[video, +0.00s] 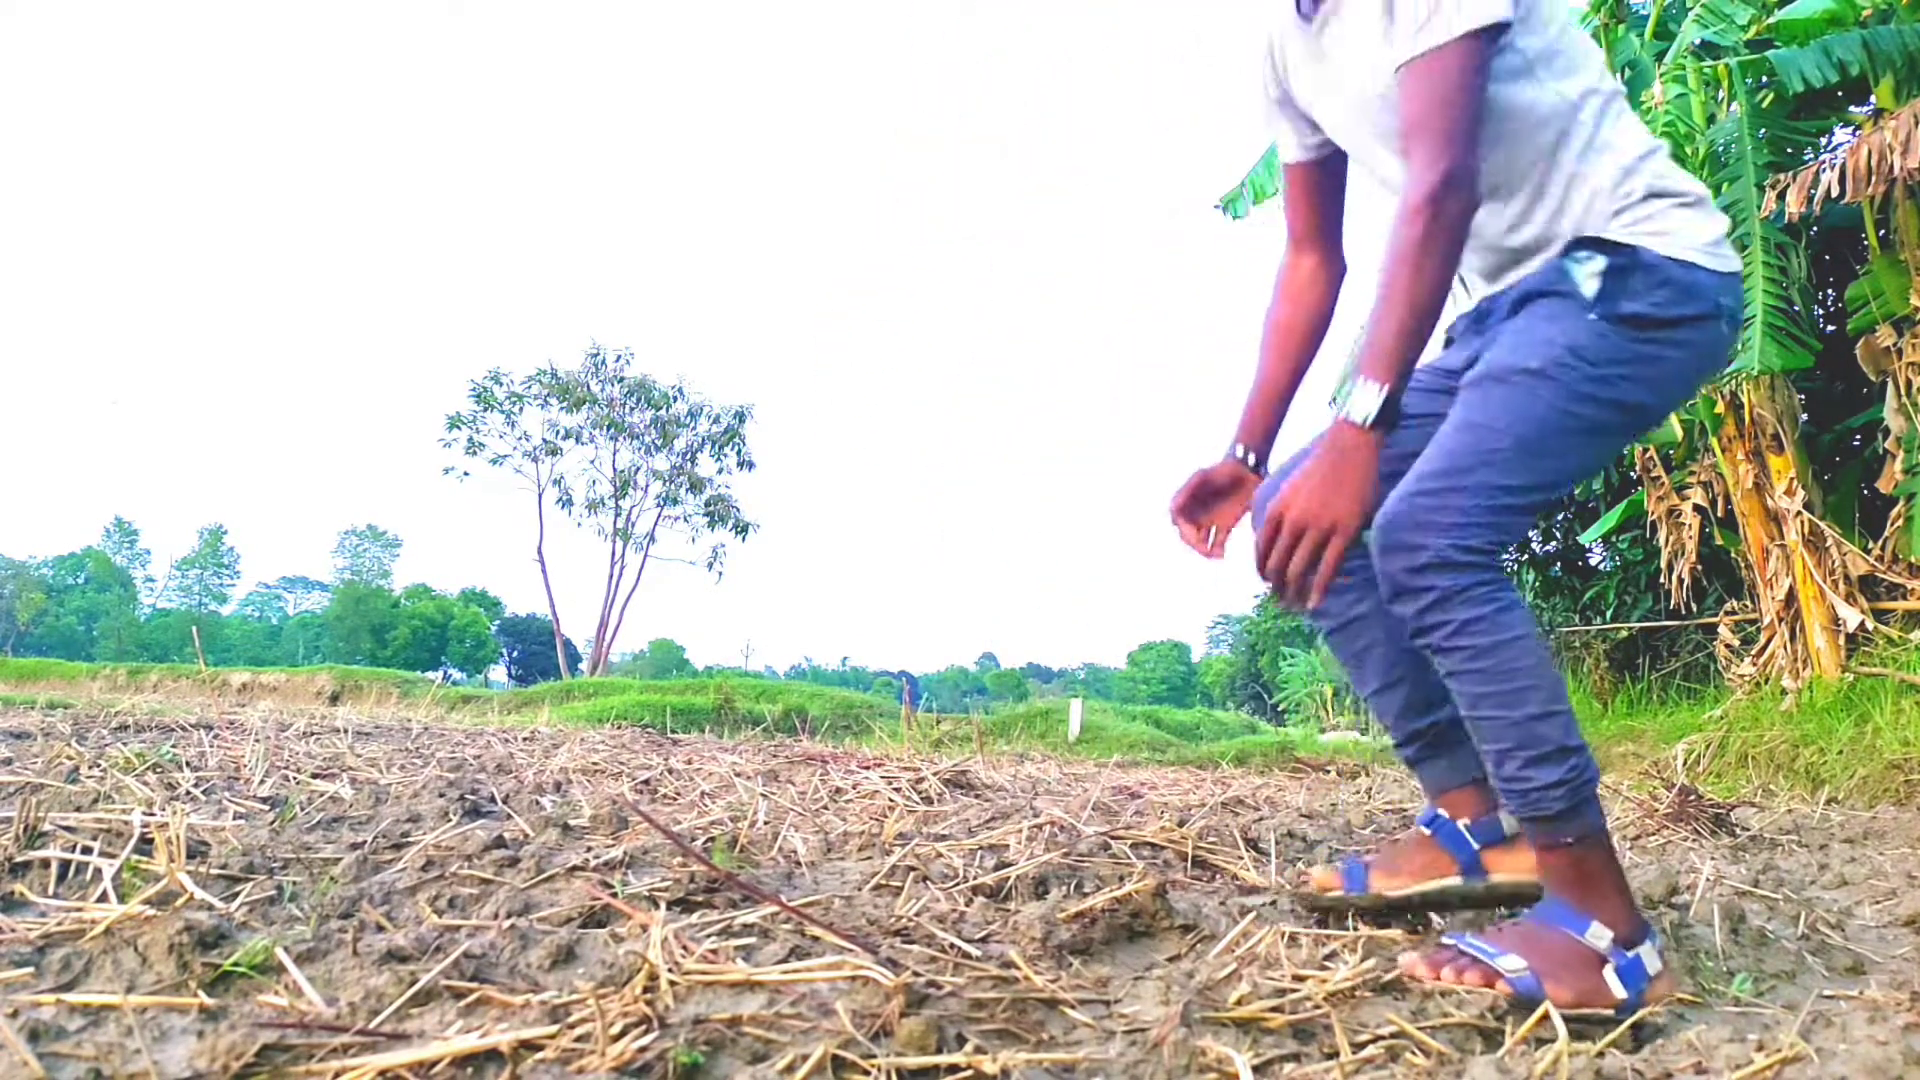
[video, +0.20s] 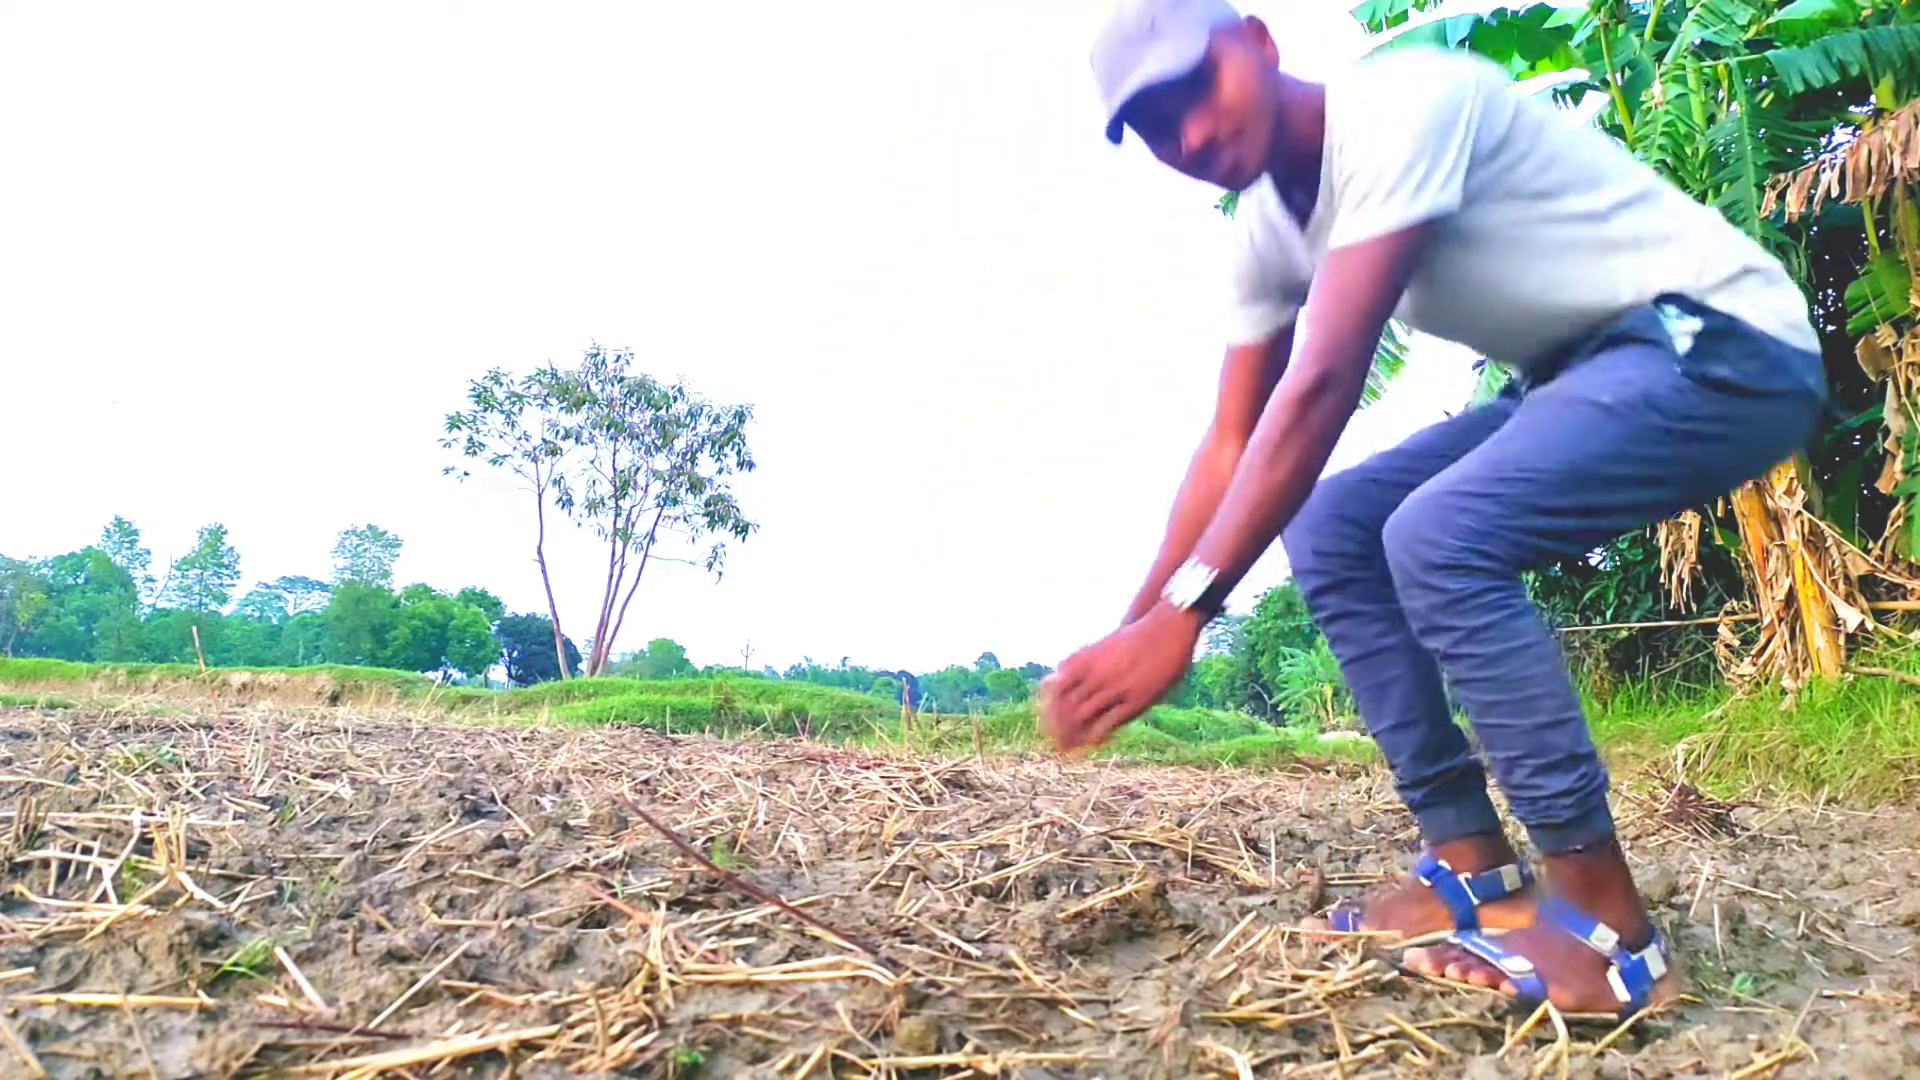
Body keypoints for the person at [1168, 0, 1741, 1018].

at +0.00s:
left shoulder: (1439, 4)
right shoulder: (1289, 37)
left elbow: (1441, 190)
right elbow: (1310, 251)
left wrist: (1357, 427)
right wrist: (1249, 450)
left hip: (1631, 268)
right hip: (1506, 303)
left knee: (1426, 541)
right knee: (1310, 531)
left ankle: (1599, 921)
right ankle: (1477, 825)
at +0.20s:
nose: (1186, 140)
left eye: (1190, 91)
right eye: (1153, 129)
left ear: (1257, 40)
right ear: (1147, 149)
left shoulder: (1408, 103)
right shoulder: (1267, 230)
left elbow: (1321, 392)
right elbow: (1231, 436)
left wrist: (1187, 614)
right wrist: (1142, 621)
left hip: (1714, 346)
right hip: (1583, 374)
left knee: (1438, 541)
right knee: (1332, 531)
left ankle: (1603, 924)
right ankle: (1471, 875)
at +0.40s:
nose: (1175, 334)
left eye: (1184, 286)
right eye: (1140, 321)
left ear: (1256, 247)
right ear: (1134, 342)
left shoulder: (1371, 342)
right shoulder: (1250, 416)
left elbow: (1221, 606)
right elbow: (1182, 603)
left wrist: (1039, 769)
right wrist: (1037, 763)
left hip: (1696, 618)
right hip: (1584, 638)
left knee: (1383, 558)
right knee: (1274, 579)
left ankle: (1569, 898)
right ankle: (1454, 873)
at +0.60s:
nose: (1177, 344)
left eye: (1198, 299)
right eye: (1145, 327)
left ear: (1275, 281)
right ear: (1133, 351)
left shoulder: (1361, 402)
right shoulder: (1251, 462)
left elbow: (1191, 652)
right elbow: (1180, 652)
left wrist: (1032, 814)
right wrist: (1031, 810)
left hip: (1650, 717)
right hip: (1548, 730)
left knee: (1333, 587)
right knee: (1241, 624)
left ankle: (1554, 885)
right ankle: (1450, 869)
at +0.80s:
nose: (1165, 306)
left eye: (1189, 263)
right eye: (1135, 290)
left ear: (1265, 256)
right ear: (1124, 319)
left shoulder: (1351, 376)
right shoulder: (1236, 445)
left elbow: (1180, 630)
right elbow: (1175, 646)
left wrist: (1008, 768)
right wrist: (1011, 770)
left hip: (1643, 683)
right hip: (1540, 702)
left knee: (1324, 580)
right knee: (1230, 609)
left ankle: (1549, 876)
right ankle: (1440, 865)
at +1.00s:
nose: (1189, 268)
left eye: (1218, 227)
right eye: (1160, 251)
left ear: (1292, 232)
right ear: (1150, 286)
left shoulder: (1377, 347)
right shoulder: (1273, 430)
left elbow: (1167, 569)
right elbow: (1159, 607)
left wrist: (960, 606)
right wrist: (976, 614)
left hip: (1620, 695)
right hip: (1509, 717)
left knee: (1306, 592)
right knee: (1197, 608)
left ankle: (1546, 878)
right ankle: (1443, 872)